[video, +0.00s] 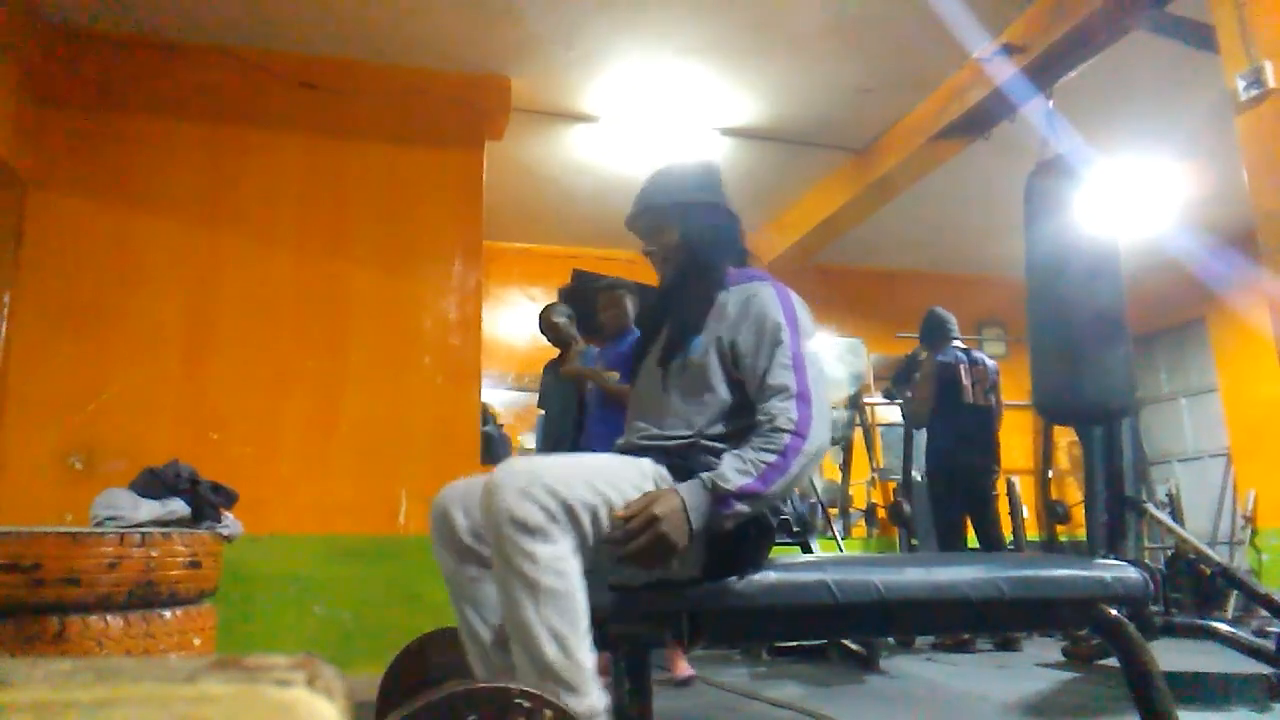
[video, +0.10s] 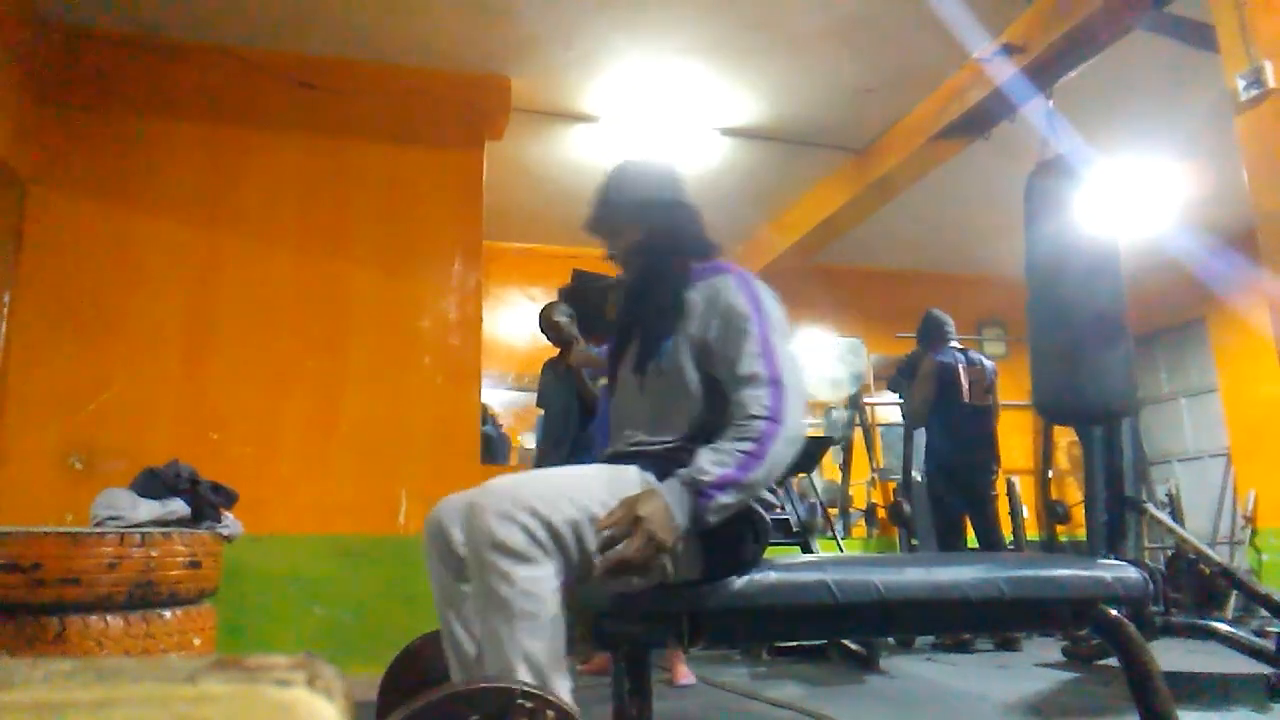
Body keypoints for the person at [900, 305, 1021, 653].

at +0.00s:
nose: (924, 346)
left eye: (924, 340)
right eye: (926, 341)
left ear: (928, 338)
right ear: (956, 332)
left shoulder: (933, 366)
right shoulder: (988, 365)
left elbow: (918, 417)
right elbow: (996, 416)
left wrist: (908, 398)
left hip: (946, 467)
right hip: (982, 466)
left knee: (951, 546)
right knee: (993, 541)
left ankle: (958, 627)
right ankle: (1007, 625)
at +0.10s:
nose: (922, 346)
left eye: (921, 340)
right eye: (924, 341)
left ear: (926, 338)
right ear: (953, 334)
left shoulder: (932, 365)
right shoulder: (985, 365)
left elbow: (915, 417)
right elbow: (992, 416)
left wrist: (907, 390)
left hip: (945, 467)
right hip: (982, 465)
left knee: (950, 545)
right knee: (992, 540)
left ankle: (957, 627)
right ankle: (1007, 626)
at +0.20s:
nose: (924, 347)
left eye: (923, 342)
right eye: (926, 343)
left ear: (926, 339)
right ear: (955, 334)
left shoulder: (932, 366)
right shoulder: (987, 366)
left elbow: (915, 417)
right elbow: (994, 418)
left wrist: (909, 392)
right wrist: (992, 457)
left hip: (944, 468)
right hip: (981, 467)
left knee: (950, 546)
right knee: (993, 541)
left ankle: (956, 628)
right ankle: (1009, 626)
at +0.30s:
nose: (926, 343)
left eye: (926, 336)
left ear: (928, 334)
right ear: (960, 330)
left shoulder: (933, 365)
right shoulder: (989, 365)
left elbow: (922, 418)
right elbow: (999, 422)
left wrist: (910, 394)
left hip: (944, 467)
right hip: (981, 467)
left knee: (950, 547)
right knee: (993, 544)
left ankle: (956, 630)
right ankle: (1006, 628)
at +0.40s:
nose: (929, 339)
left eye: (929, 332)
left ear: (931, 331)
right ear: (963, 328)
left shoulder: (935, 363)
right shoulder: (990, 363)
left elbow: (930, 418)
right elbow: (1003, 423)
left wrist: (909, 410)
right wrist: (971, 420)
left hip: (947, 462)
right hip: (983, 461)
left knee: (950, 544)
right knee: (993, 541)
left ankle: (956, 628)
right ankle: (1007, 627)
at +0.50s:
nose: (928, 337)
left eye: (929, 330)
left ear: (930, 330)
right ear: (963, 329)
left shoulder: (933, 363)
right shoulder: (988, 364)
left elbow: (935, 420)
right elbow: (1005, 423)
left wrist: (905, 433)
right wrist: (972, 424)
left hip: (948, 465)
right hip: (984, 465)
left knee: (951, 544)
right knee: (994, 541)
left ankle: (957, 627)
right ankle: (1008, 626)